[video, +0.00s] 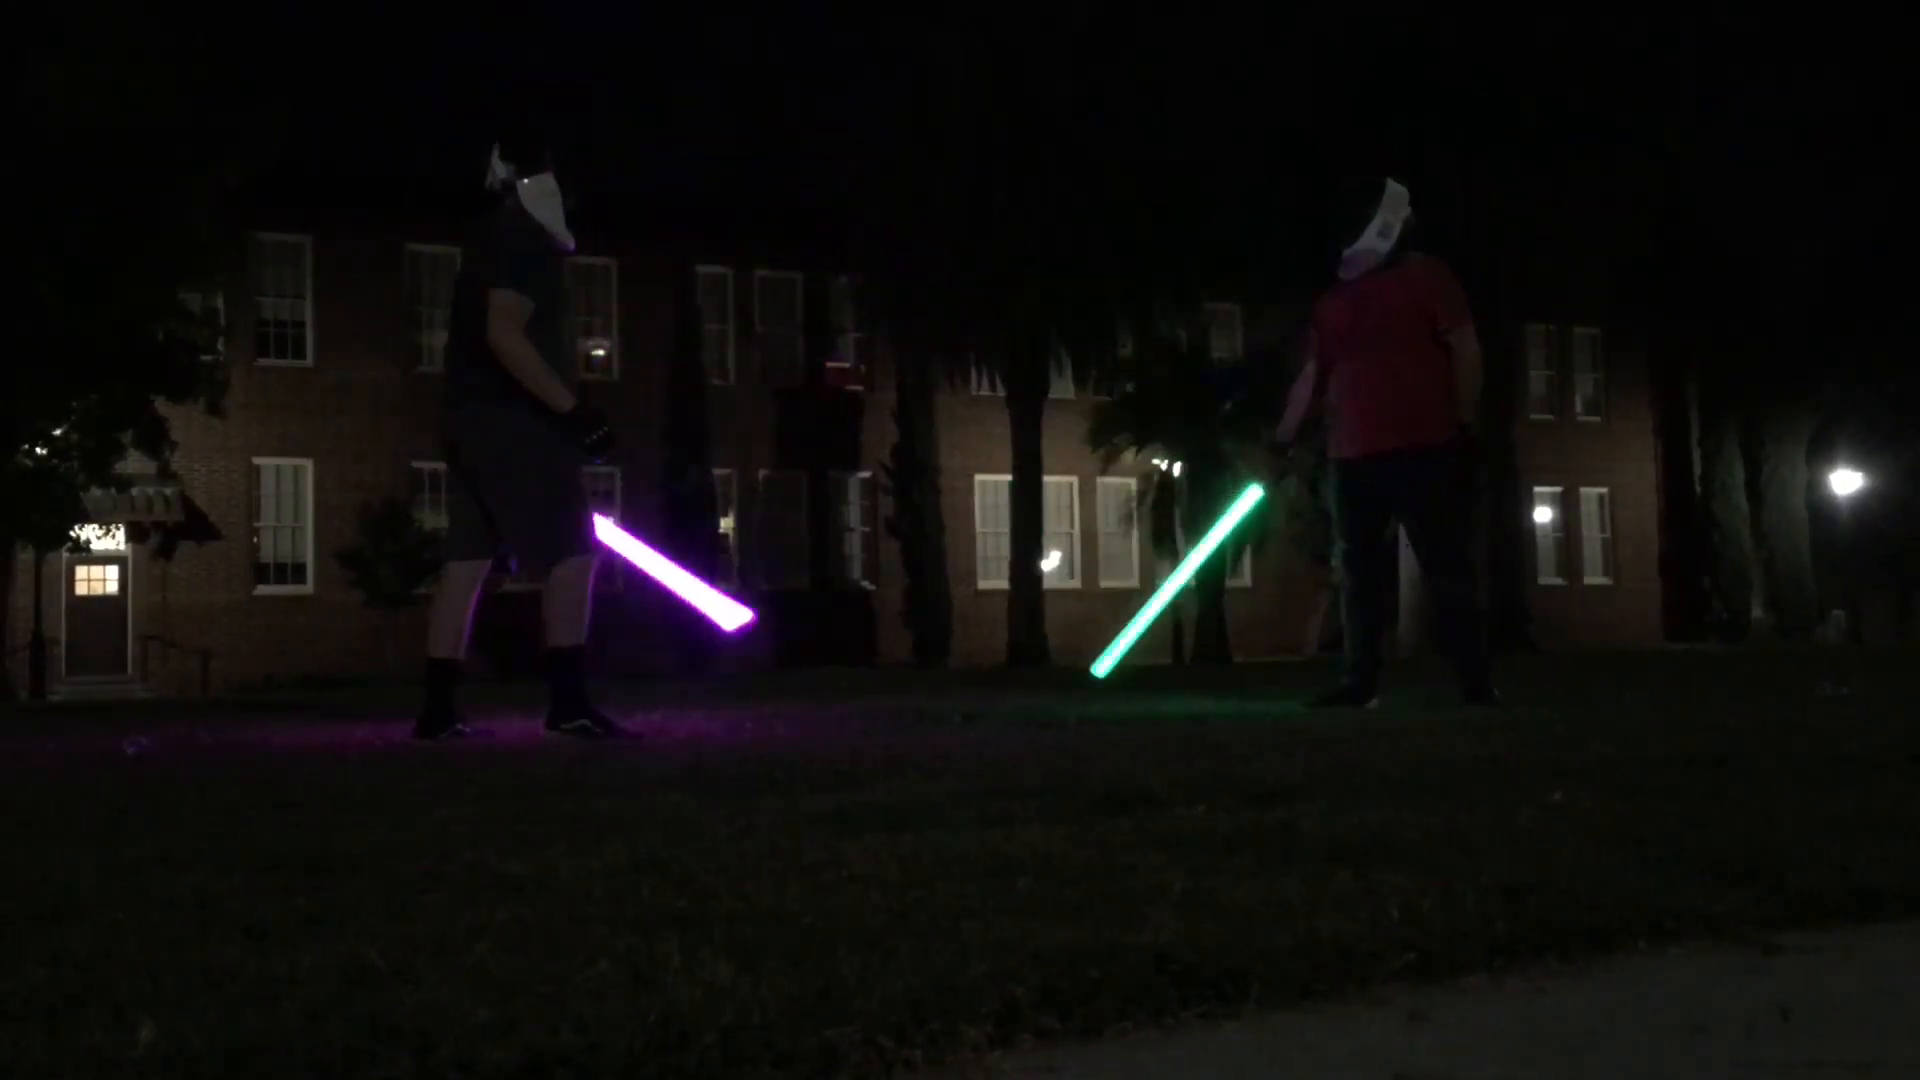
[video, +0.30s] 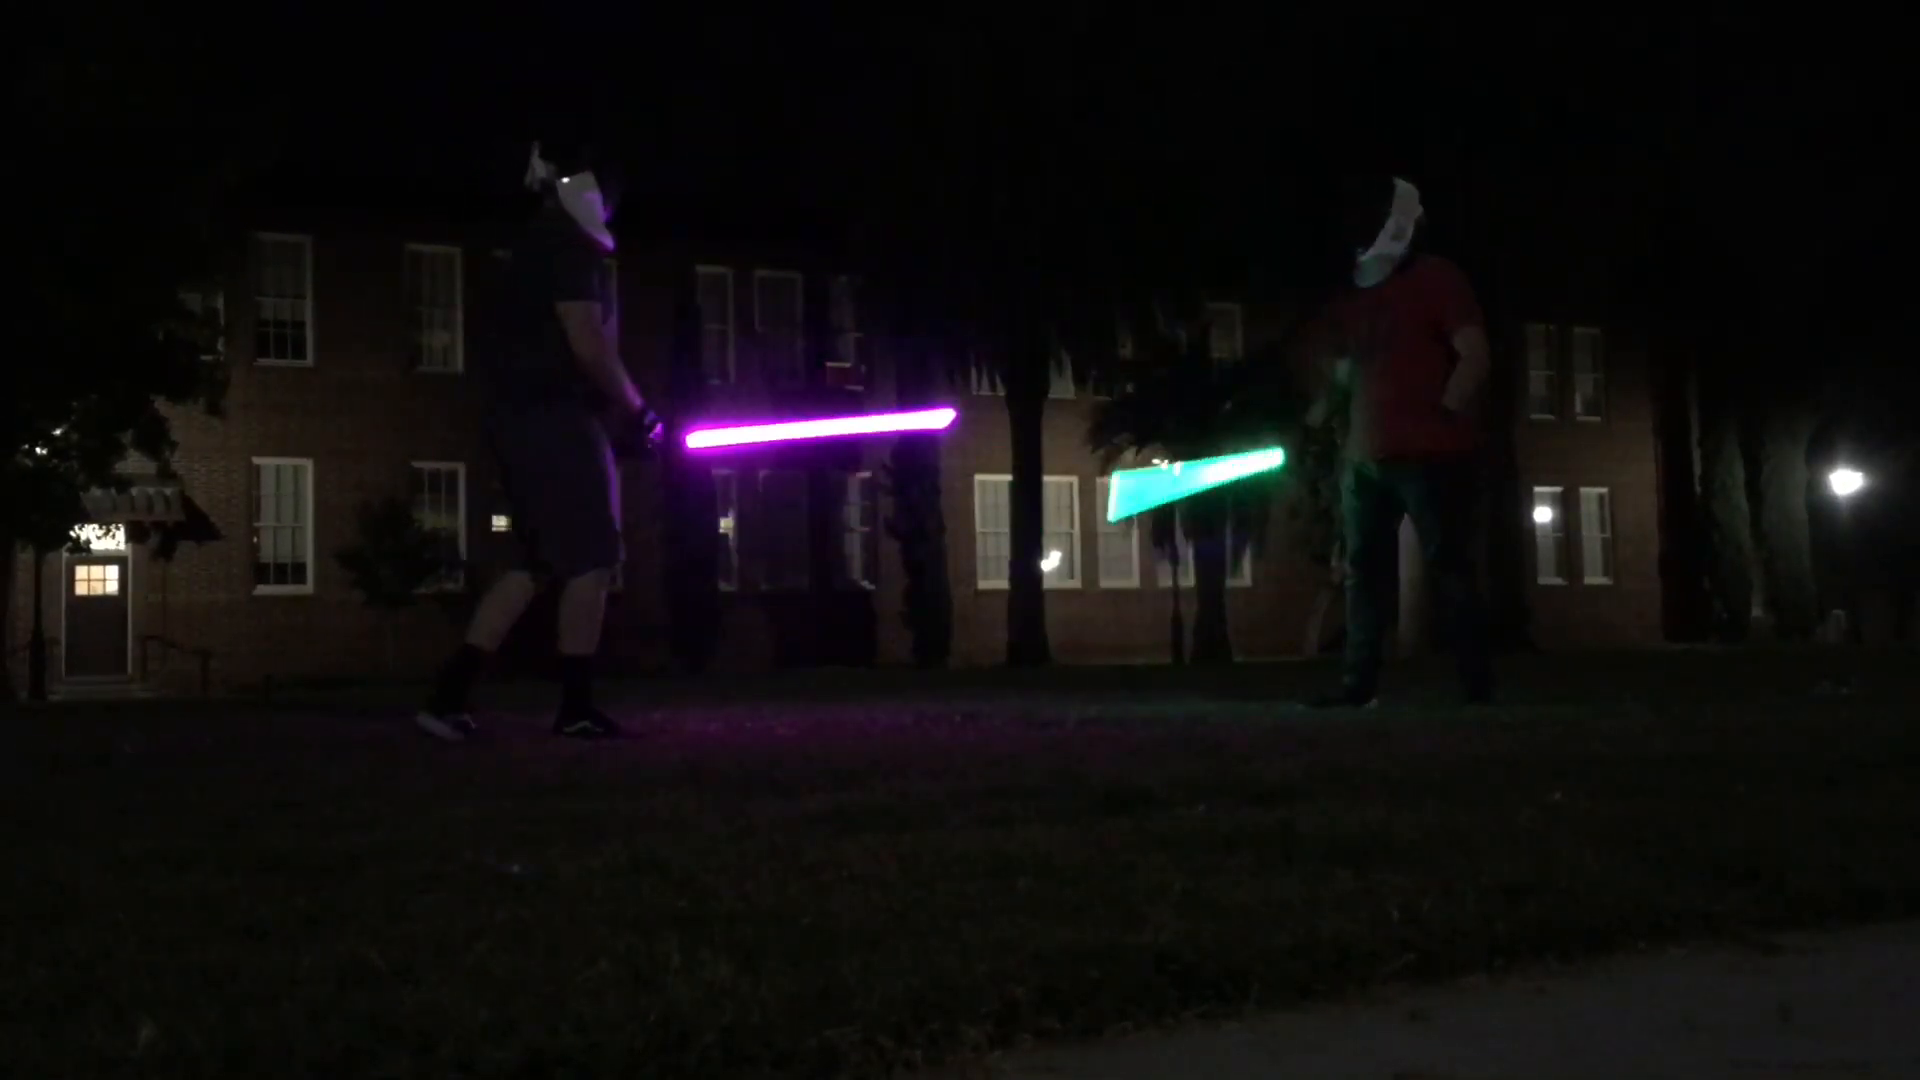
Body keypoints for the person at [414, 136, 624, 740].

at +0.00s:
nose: (567, 200)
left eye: (563, 187)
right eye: (559, 187)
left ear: (510, 188)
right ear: (537, 187)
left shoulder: (489, 243)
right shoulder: (524, 244)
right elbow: (506, 334)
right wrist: (571, 408)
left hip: (477, 432)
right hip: (523, 431)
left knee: (467, 560)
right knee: (573, 552)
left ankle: (437, 708)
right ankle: (569, 702)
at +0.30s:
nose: (614, 210)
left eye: (611, 198)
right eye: (608, 198)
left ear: (557, 197)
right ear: (590, 199)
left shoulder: (533, 247)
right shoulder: (575, 252)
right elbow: (590, 343)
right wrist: (639, 413)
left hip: (521, 427)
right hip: (566, 428)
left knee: (533, 560)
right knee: (593, 560)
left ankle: (452, 691)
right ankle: (577, 706)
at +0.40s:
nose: (628, 214)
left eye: (624, 202)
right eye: (623, 202)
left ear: (577, 198)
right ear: (605, 200)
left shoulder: (559, 243)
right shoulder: (591, 247)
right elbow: (616, 341)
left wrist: (651, 399)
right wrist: (657, 405)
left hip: (554, 421)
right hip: (581, 424)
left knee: (569, 565)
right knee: (594, 564)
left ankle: (475, 674)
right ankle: (578, 707)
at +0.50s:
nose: (640, 207)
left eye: (638, 194)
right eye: (632, 194)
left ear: (598, 196)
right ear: (607, 194)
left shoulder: (577, 244)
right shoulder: (606, 248)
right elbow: (641, 341)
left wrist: (667, 400)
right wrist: (675, 405)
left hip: (582, 419)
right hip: (597, 422)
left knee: (613, 552)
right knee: (603, 554)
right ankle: (576, 701)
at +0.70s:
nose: (687, 217)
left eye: (685, 202)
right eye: (681, 202)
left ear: (639, 200)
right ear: (656, 199)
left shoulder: (623, 250)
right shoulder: (654, 252)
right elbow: (695, 352)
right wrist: (723, 408)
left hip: (657, 427)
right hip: (636, 427)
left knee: (708, 545)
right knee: (627, 558)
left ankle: (669, 688)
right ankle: (578, 703)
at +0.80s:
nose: (716, 221)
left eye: (712, 207)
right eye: (708, 207)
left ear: (664, 210)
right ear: (687, 208)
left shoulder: (649, 257)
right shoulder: (684, 261)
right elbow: (727, 360)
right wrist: (750, 409)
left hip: (680, 435)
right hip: (669, 435)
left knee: (750, 542)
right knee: (657, 568)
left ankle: (749, 692)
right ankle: (583, 702)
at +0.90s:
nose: (750, 240)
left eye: (745, 226)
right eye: (740, 226)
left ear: (696, 226)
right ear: (714, 226)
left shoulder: (677, 275)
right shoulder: (713, 279)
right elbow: (757, 360)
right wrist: (796, 411)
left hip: (717, 451)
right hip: (704, 452)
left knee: (797, 550)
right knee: (698, 583)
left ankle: (831, 684)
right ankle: (592, 700)